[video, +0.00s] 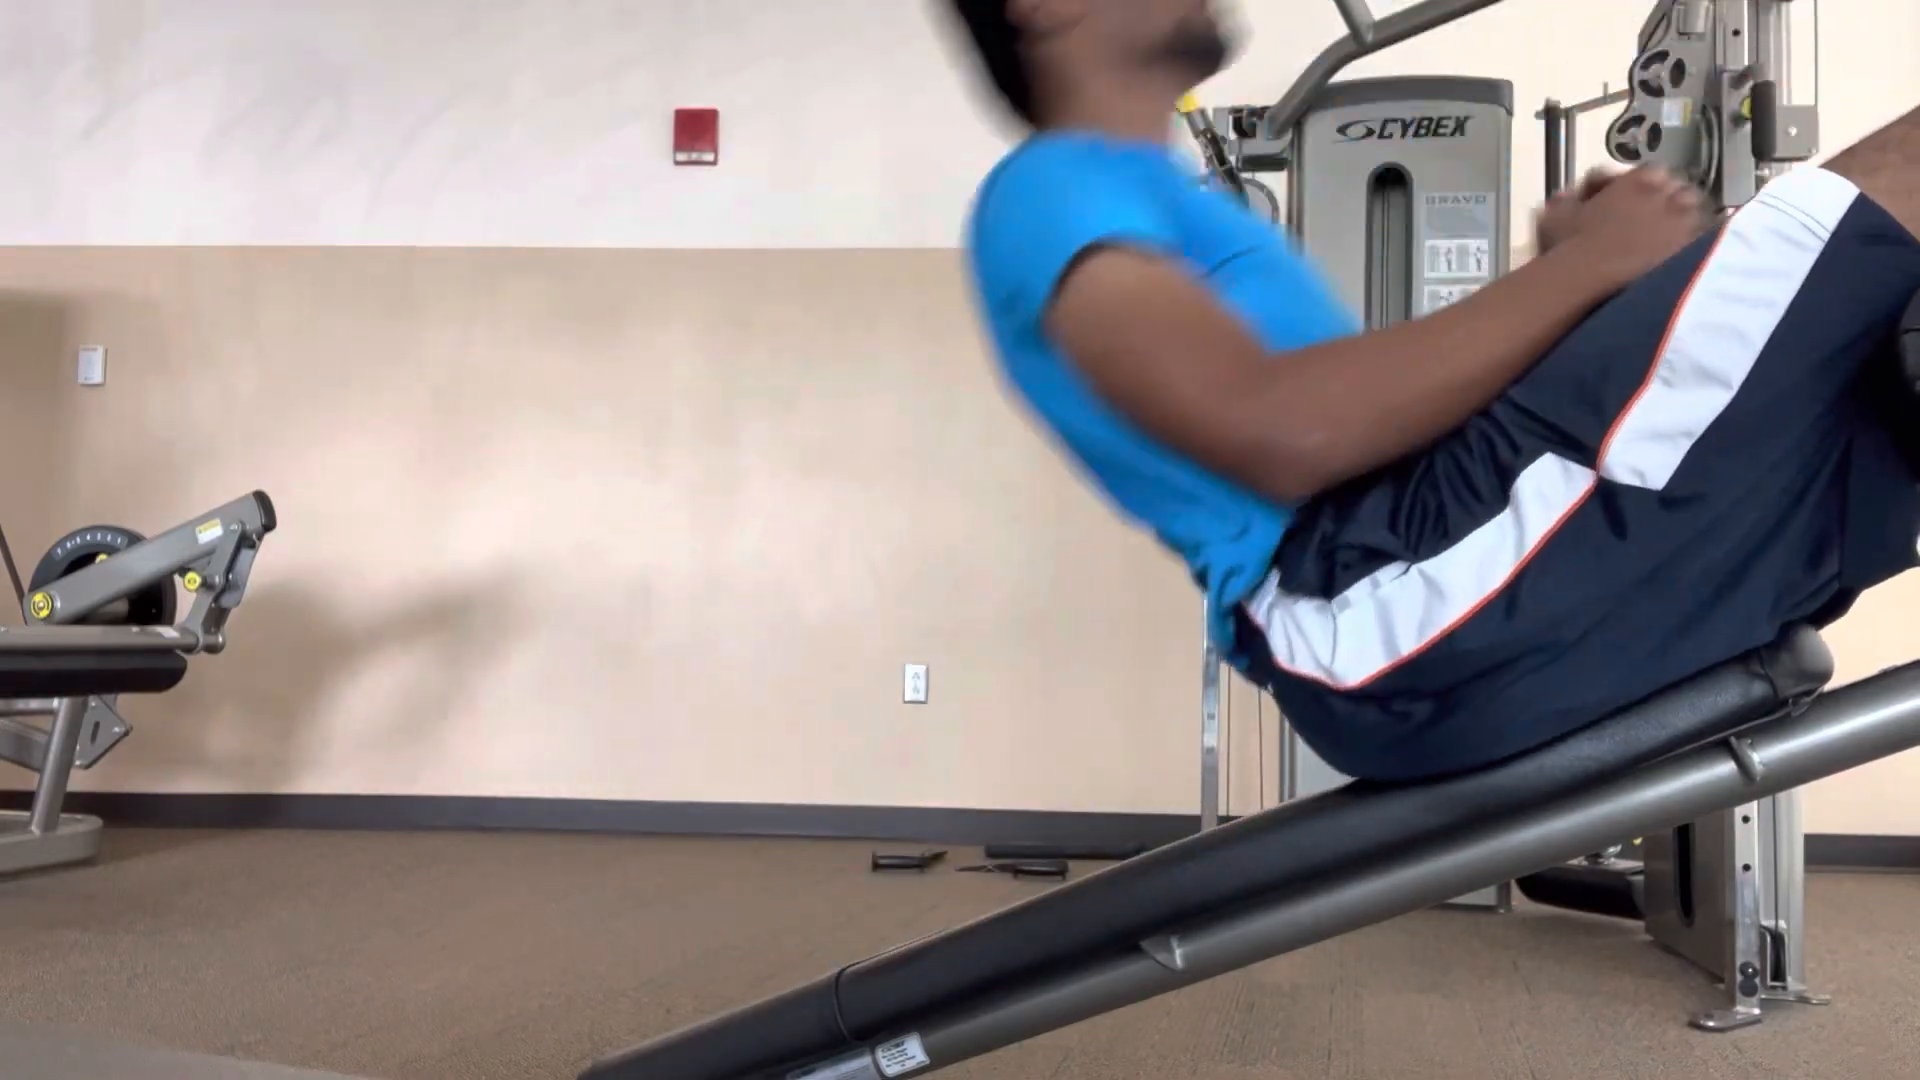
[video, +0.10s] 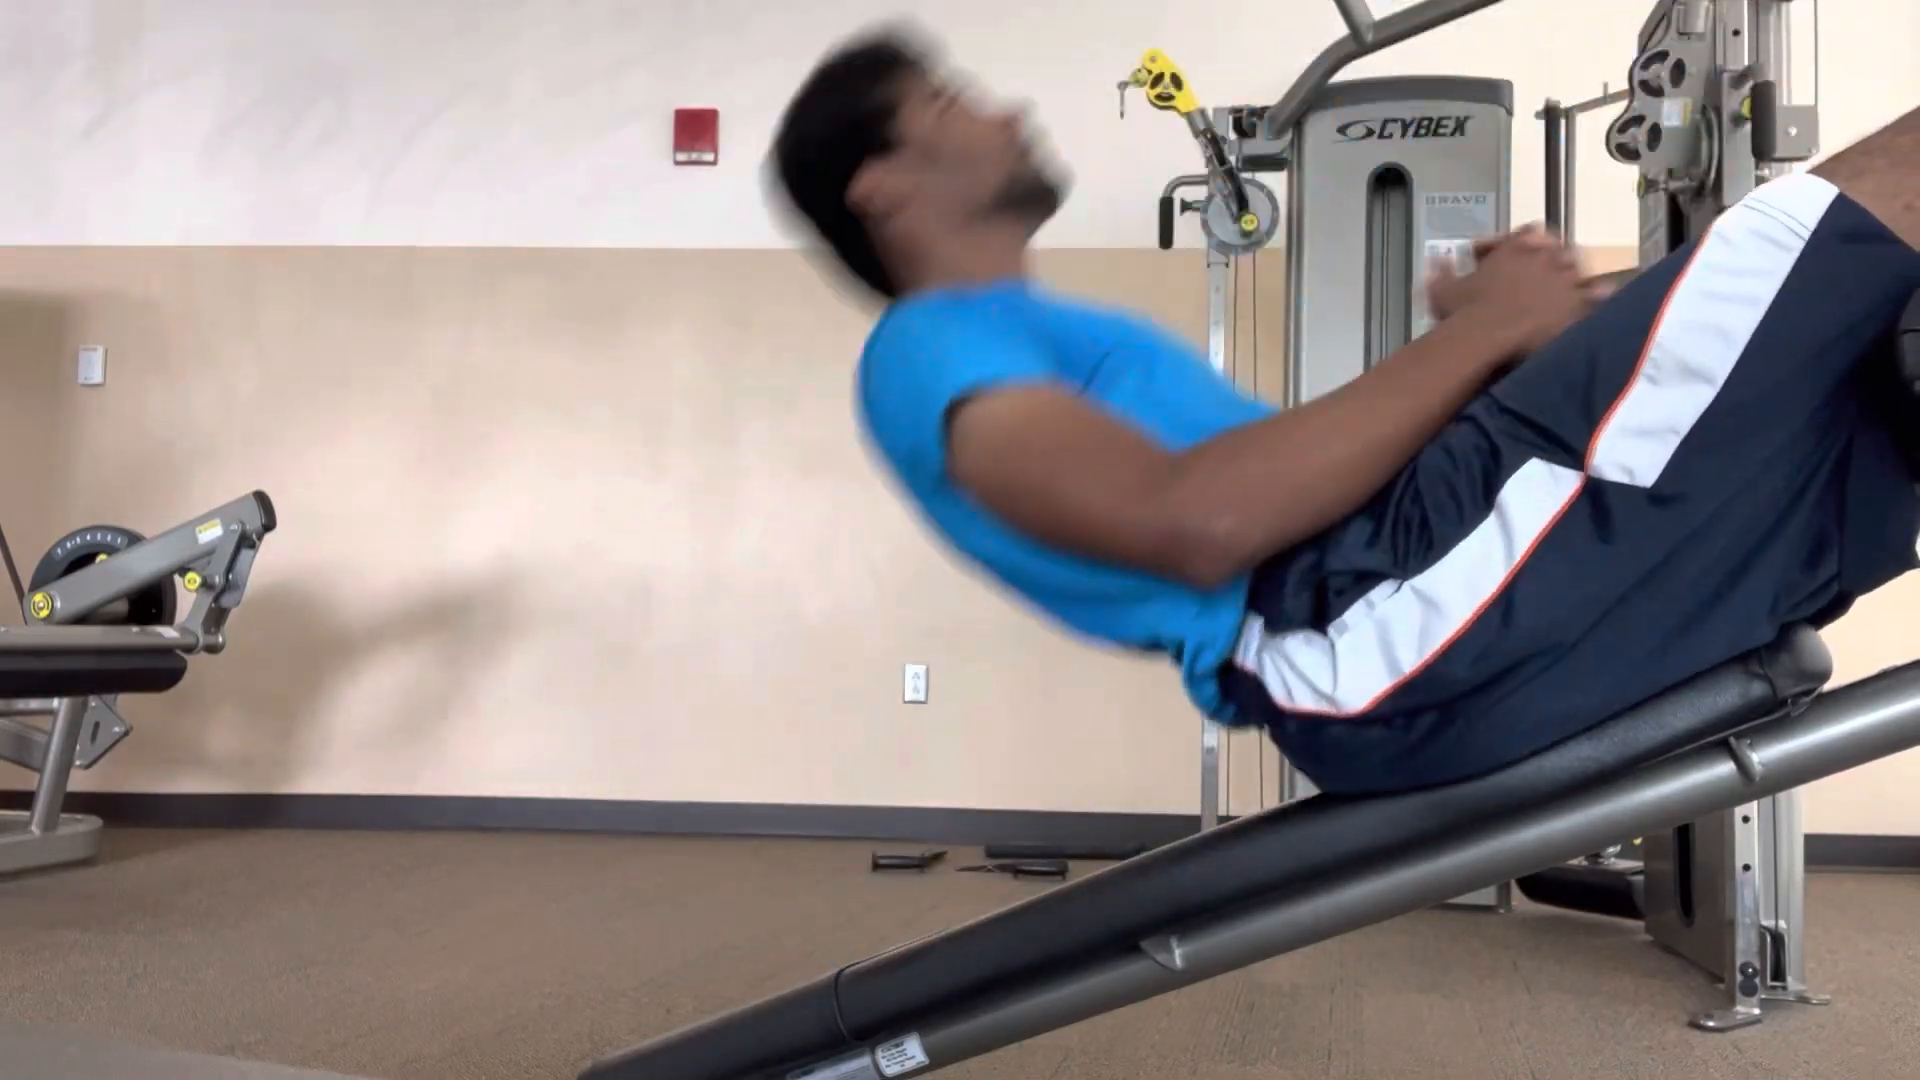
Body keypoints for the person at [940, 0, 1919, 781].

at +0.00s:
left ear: (1061, 20)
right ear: (1040, 16)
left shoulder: (1183, 199)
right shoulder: (1051, 188)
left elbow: (1320, 422)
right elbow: (1276, 431)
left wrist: (1547, 272)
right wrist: (1583, 269)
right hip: (1363, 610)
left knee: (1898, 432)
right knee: (1896, 168)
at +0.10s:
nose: (1006, 110)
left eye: (975, 90)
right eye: (955, 101)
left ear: (906, 188)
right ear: (886, 185)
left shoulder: (1035, 339)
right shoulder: (930, 345)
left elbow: (1242, 505)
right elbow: (1185, 524)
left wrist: (1464, 342)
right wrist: (1477, 337)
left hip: (1395, 611)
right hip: (1342, 637)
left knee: (1890, 451)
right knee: (1877, 186)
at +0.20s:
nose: (875, 278)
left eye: (847, 267)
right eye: (829, 284)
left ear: (822, 366)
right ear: (783, 382)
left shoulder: (962, 475)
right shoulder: (861, 510)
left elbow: (1192, 588)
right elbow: (1131, 626)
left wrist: (1351, 415)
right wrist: (1334, 391)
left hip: (1388, 597)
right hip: (1343, 658)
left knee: (1879, 436)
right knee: (1881, 170)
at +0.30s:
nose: (813, 442)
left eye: (782, 432)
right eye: (764, 463)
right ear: (734, 561)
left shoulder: (923, 610)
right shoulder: (826, 649)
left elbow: (1257, 565)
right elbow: (1107, 686)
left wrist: (1202, 453)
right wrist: (1137, 437)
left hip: (1325, 632)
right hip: (1308, 668)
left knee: (1858, 427)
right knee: (1866, 181)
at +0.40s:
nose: (769, 579)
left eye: (741, 575)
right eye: (725, 608)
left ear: (787, 614)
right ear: (724, 705)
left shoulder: (908, 676)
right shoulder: (828, 767)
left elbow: (1201, 532)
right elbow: (1062, 613)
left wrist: (988, 479)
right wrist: (947, 482)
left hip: (1309, 596)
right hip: (1304, 680)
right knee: (1868, 187)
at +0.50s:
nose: (750, 702)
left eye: (727, 707)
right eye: (722, 726)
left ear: (757, 720)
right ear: (730, 805)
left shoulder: (914, 770)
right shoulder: (835, 854)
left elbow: (1061, 544)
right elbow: (875, 536)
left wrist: (880, 546)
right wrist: (790, 559)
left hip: (1318, 576)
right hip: (1310, 693)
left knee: (1722, 271)